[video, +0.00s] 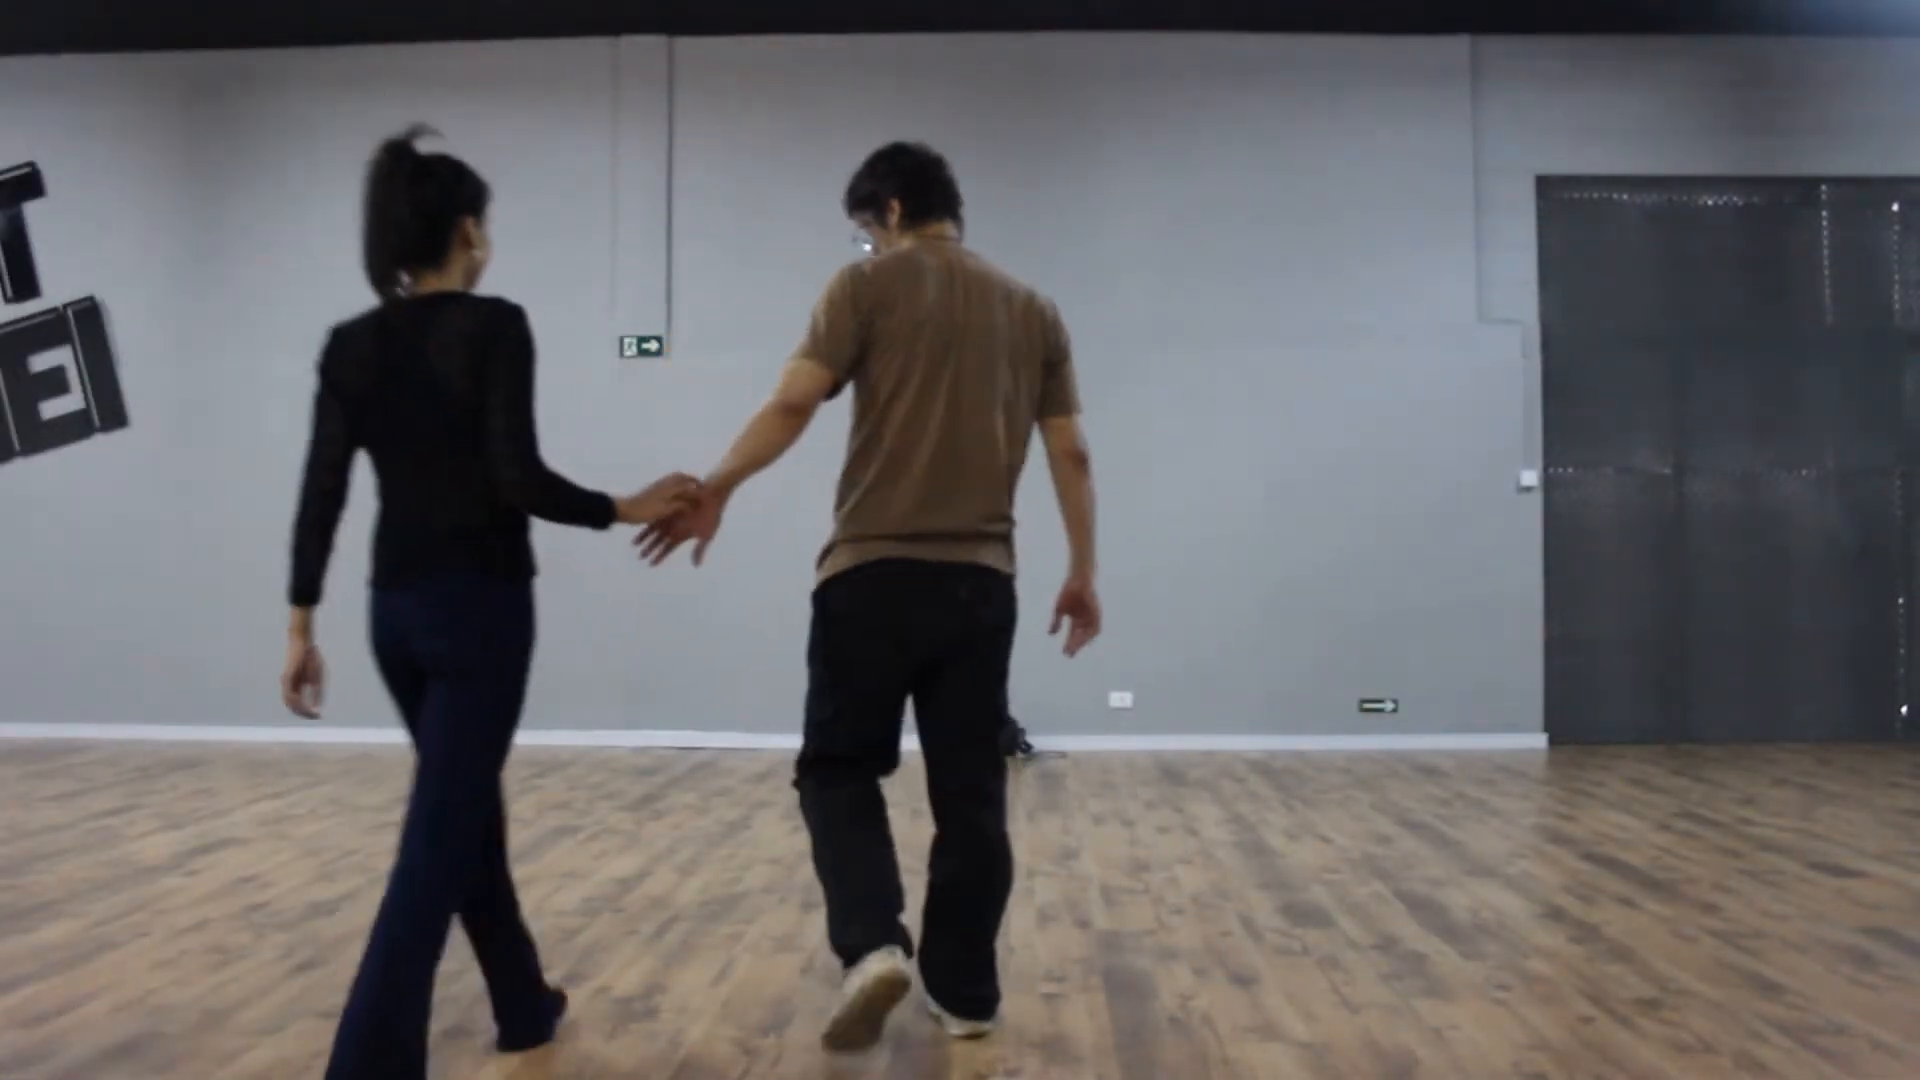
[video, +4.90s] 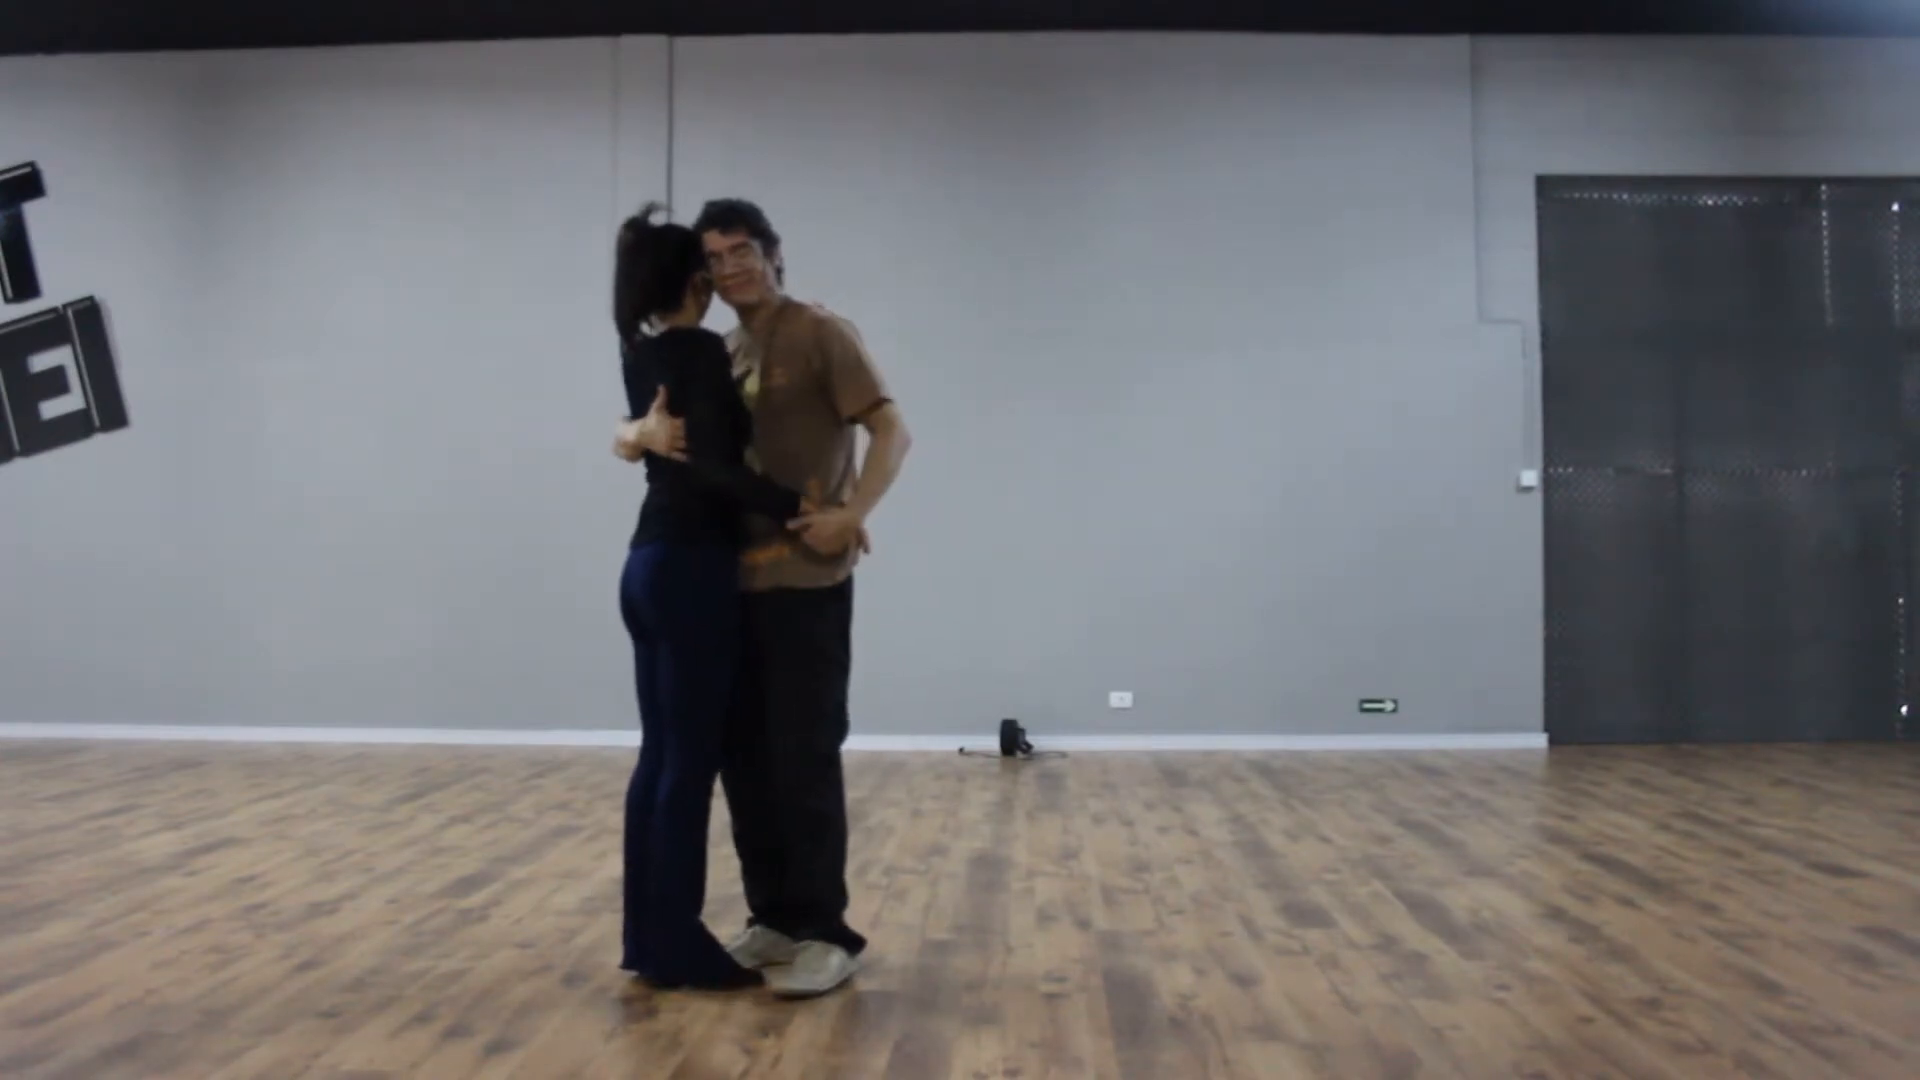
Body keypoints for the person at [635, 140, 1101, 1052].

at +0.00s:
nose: (863, 243)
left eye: (863, 229)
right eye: (859, 232)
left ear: (890, 213)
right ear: (954, 214)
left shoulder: (866, 286)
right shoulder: (1030, 308)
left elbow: (794, 404)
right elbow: (1071, 454)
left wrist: (715, 488)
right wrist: (1083, 572)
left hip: (868, 578)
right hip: (978, 586)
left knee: (839, 767)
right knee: (971, 786)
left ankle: (874, 948)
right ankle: (966, 1000)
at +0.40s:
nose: (829, 275)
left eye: (830, 257)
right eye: (822, 260)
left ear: (867, 239)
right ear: (900, 238)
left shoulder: (860, 312)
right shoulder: (989, 328)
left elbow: (850, 421)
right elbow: (1007, 460)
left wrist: (771, 483)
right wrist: (1003, 567)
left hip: (877, 591)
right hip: (970, 588)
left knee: (856, 773)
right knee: (958, 786)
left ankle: (859, 954)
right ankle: (964, 989)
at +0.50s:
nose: (806, 281)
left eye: (808, 264)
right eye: (799, 267)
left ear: (848, 245)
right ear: (877, 245)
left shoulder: (852, 314)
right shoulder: (965, 327)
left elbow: (859, 427)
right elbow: (966, 450)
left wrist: (780, 499)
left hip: (864, 588)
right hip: (952, 587)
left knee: (847, 774)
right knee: (946, 779)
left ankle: (858, 954)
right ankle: (961, 979)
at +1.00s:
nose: (750, 289)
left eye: (757, 273)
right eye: (745, 275)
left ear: (803, 259)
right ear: (797, 261)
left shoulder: (836, 327)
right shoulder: (831, 320)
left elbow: (876, 446)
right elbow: (860, 447)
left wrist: (818, 551)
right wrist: (805, 547)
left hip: (838, 579)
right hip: (832, 577)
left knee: (832, 764)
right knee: (829, 760)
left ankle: (864, 952)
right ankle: (848, 925)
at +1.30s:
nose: (736, 287)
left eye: (747, 273)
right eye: (730, 274)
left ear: (793, 263)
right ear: (743, 267)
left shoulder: (831, 333)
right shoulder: (773, 341)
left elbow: (883, 445)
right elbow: (737, 433)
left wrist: (828, 550)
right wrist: (680, 491)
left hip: (823, 581)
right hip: (777, 578)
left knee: (827, 760)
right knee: (757, 752)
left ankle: (866, 951)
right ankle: (775, 922)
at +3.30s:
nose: (759, 263)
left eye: (770, 245)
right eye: (743, 252)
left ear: (800, 248)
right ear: (730, 266)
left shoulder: (849, 325)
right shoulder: (735, 348)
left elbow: (952, 389)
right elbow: (644, 450)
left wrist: (909, 488)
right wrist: (666, 428)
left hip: (841, 586)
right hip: (759, 587)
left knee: (834, 767)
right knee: (754, 762)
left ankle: (823, 942)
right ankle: (774, 920)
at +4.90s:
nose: (732, 268)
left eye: (743, 252)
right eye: (717, 260)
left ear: (774, 255)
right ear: (706, 275)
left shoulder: (821, 335)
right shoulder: (715, 352)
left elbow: (890, 433)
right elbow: (626, 438)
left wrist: (851, 515)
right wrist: (640, 436)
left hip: (806, 580)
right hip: (737, 581)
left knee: (804, 757)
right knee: (745, 759)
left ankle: (827, 936)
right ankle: (774, 922)